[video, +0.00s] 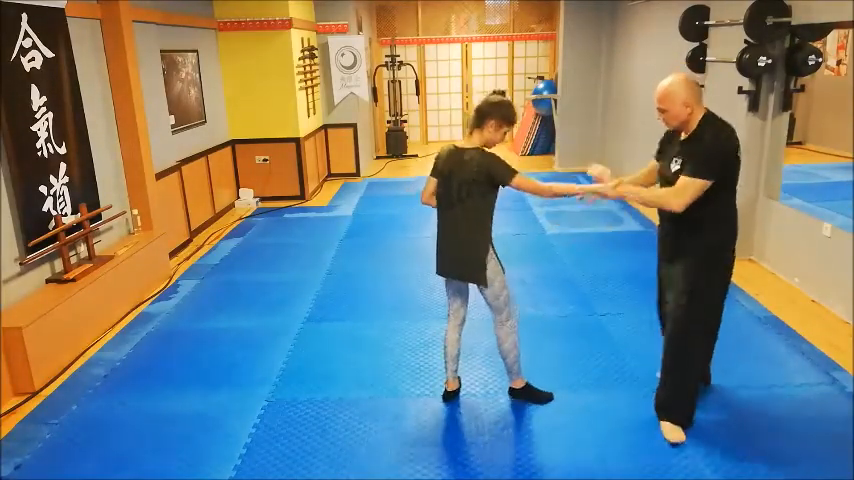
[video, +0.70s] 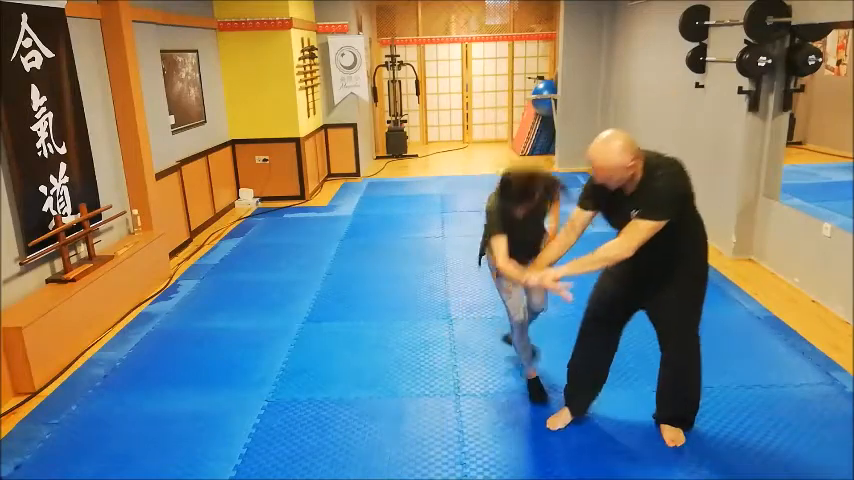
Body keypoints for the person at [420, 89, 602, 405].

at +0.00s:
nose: (504, 137)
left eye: (506, 131)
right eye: (503, 130)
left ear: (479, 124)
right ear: (488, 124)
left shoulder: (446, 156)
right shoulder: (490, 163)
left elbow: (427, 197)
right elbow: (541, 189)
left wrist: (458, 202)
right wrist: (579, 189)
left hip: (448, 250)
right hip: (478, 251)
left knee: (455, 315)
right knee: (504, 315)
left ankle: (450, 384)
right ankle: (517, 383)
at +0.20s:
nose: (516, 143)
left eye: (519, 138)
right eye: (516, 136)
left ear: (491, 128)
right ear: (499, 130)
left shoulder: (461, 155)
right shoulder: (492, 165)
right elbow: (535, 201)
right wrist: (580, 212)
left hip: (453, 247)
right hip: (481, 249)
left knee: (457, 314)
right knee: (510, 311)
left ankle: (451, 383)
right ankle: (517, 381)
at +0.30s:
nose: (526, 147)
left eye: (529, 142)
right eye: (525, 141)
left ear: (503, 134)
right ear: (506, 134)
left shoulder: (475, 155)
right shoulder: (496, 167)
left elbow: (475, 194)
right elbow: (537, 209)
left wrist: (501, 210)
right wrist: (577, 222)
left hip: (463, 244)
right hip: (484, 247)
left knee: (462, 313)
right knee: (519, 308)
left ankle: (451, 382)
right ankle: (519, 378)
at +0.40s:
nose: (531, 155)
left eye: (535, 151)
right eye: (529, 150)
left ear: (513, 137)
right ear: (513, 140)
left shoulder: (492, 154)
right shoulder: (504, 168)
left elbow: (503, 189)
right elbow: (528, 213)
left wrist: (521, 212)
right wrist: (566, 228)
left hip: (477, 243)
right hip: (490, 247)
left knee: (481, 306)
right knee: (523, 308)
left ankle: (454, 374)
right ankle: (520, 378)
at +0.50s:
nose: (531, 163)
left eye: (537, 158)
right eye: (527, 156)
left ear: (543, 153)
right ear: (514, 148)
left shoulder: (524, 170)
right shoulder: (504, 175)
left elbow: (528, 202)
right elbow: (522, 221)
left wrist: (534, 219)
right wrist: (556, 243)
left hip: (508, 239)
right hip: (490, 240)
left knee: (509, 306)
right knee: (523, 310)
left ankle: (465, 352)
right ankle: (522, 376)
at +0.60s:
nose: (528, 181)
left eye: (534, 176)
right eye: (522, 176)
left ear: (541, 168)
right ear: (512, 168)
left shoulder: (536, 177)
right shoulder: (502, 188)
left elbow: (543, 203)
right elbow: (515, 240)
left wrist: (545, 222)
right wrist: (548, 262)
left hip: (525, 236)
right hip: (496, 240)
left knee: (533, 300)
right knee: (519, 310)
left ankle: (489, 338)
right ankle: (528, 373)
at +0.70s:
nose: (521, 213)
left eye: (526, 209)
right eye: (517, 209)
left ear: (536, 196)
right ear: (508, 200)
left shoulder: (542, 185)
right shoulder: (496, 206)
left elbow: (555, 192)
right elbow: (502, 262)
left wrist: (552, 228)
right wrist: (540, 279)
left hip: (534, 244)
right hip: (504, 253)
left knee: (537, 305)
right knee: (519, 319)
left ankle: (517, 334)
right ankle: (530, 372)